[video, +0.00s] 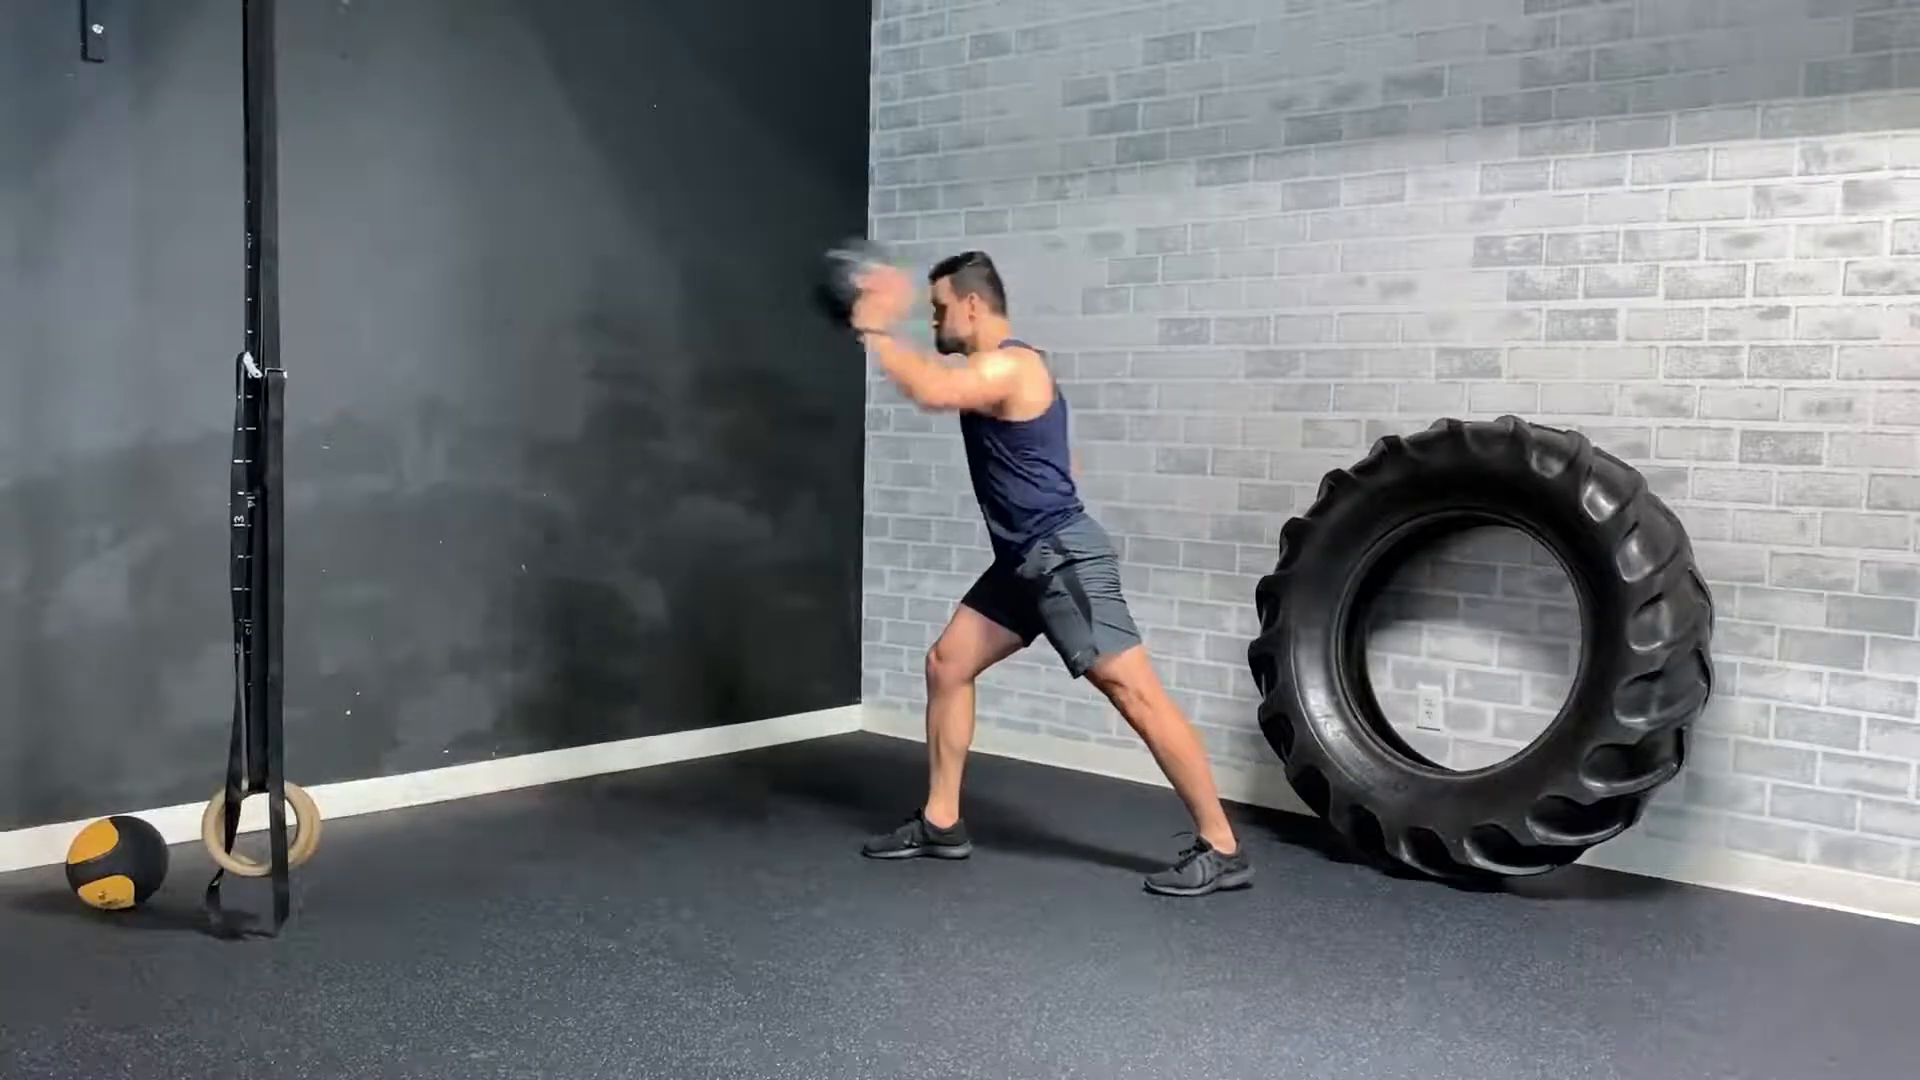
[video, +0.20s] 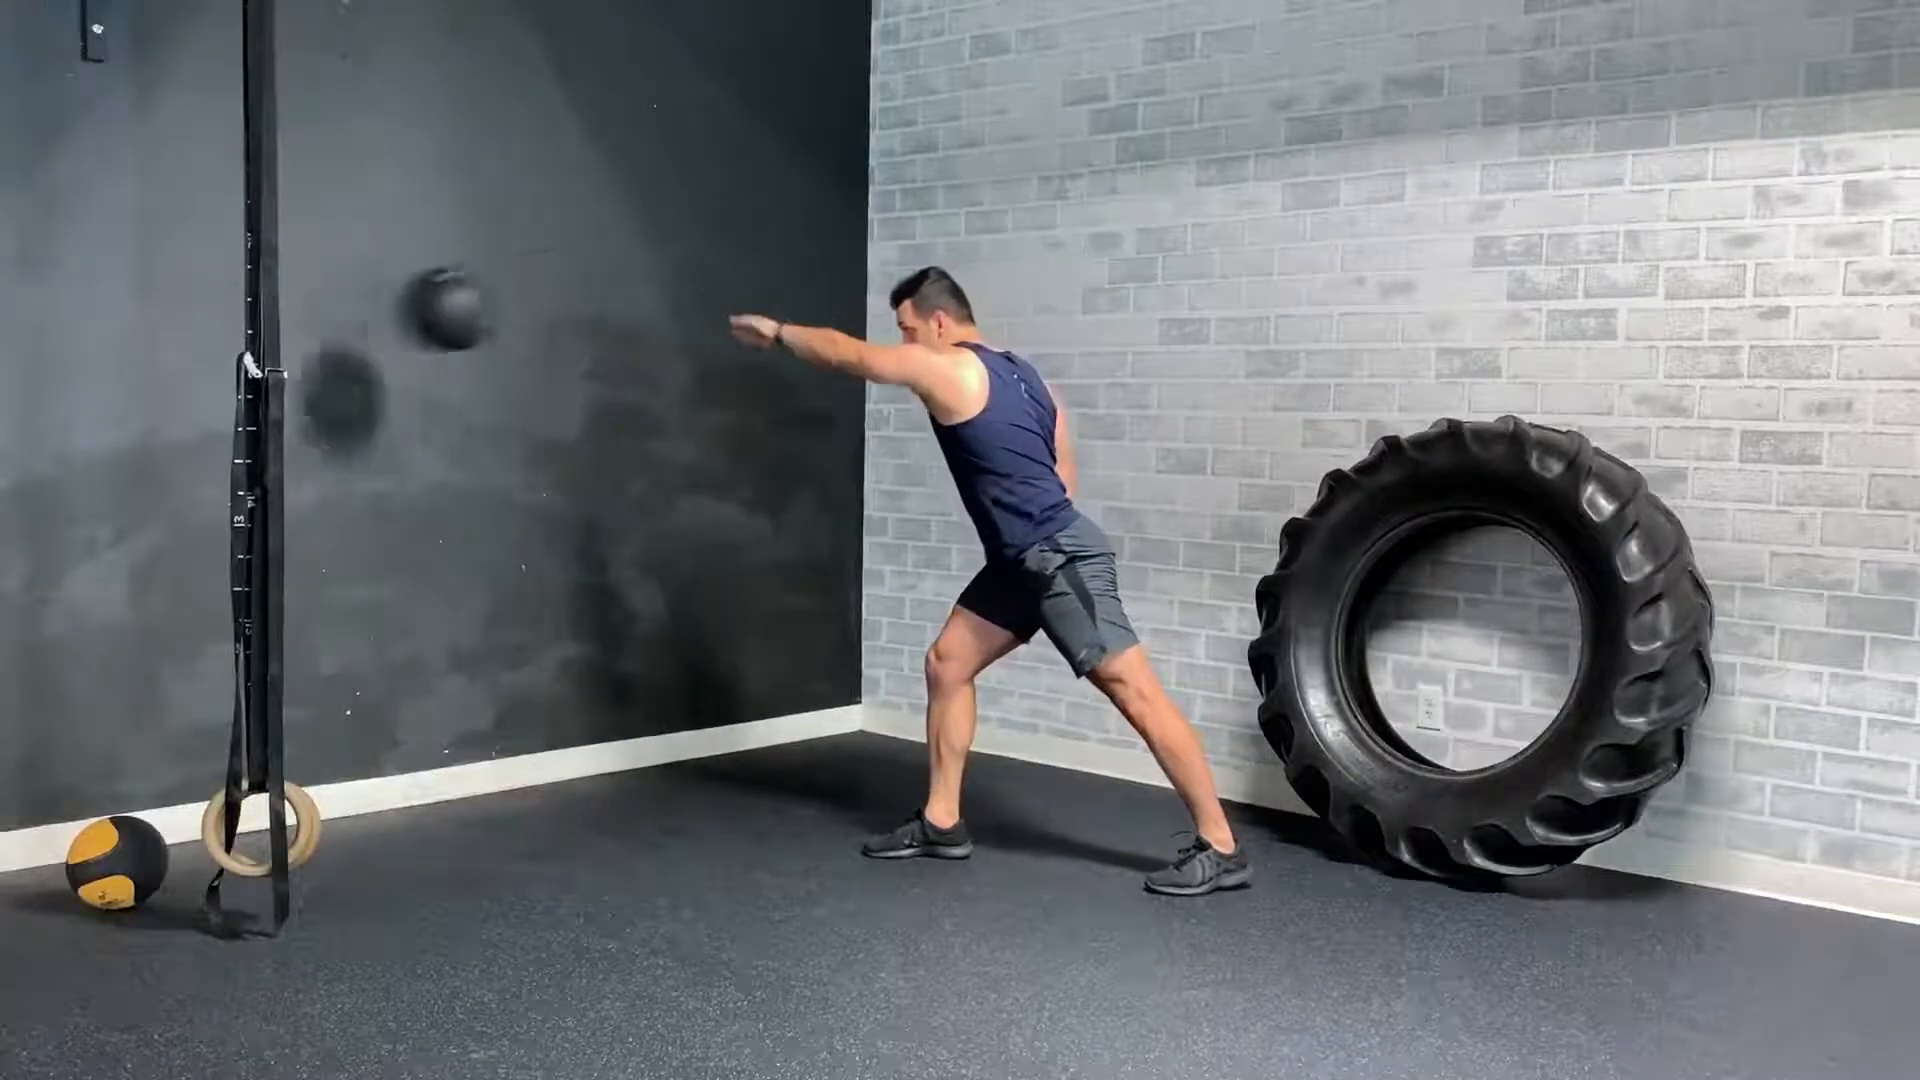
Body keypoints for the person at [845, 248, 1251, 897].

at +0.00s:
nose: (935, 322)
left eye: (941, 309)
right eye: (934, 311)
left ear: (976, 304)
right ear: (977, 307)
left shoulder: (1010, 366)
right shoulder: (999, 367)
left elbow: (931, 388)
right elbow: (1061, 459)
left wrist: (876, 333)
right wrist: (1054, 520)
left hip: (1064, 555)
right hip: (1026, 560)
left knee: (1137, 694)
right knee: (948, 665)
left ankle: (1221, 845)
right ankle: (941, 825)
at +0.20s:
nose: (907, 344)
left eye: (910, 331)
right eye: (905, 332)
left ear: (940, 319)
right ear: (957, 317)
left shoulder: (946, 367)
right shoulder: (1027, 375)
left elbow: (850, 355)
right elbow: (1063, 477)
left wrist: (779, 332)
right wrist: (1038, 540)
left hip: (1057, 555)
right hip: (1029, 560)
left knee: (1137, 693)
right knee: (949, 663)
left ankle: (1220, 845)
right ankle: (941, 822)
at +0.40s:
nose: (908, 355)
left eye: (911, 343)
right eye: (907, 345)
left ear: (941, 332)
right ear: (960, 330)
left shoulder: (946, 375)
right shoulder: (1031, 384)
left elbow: (847, 374)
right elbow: (1071, 485)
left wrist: (771, 367)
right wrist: (1051, 551)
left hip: (1056, 562)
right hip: (1037, 569)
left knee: (1141, 703)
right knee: (951, 660)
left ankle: (1224, 848)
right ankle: (941, 823)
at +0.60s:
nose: (913, 352)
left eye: (916, 339)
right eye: (911, 341)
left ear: (946, 328)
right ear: (968, 328)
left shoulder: (951, 370)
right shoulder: (1040, 386)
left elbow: (847, 371)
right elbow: (1076, 490)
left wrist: (766, 366)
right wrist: (1063, 552)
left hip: (1061, 561)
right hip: (1036, 570)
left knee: (1143, 703)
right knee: (953, 662)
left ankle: (1225, 849)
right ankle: (941, 824)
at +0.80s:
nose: (919, 351)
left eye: (921, 338)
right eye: (917, 340)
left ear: (951, 327)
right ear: (973, 326)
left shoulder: (958, 370)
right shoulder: (1042, 385)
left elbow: (855, 371)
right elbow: (1076, 490)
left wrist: (771, 366)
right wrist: (1065, 550)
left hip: (1062, 561)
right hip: (1036, 569)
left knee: (1143, 703)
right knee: (953, 662)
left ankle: (1226, 850)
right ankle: (942, 822)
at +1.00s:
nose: (924, 349)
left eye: (926, 335)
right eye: (922, 337)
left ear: (957, 325)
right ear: (977, 324)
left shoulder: (966, 371)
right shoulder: (1047, 384)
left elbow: (860, 376)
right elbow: (1076, 489)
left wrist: (774, 380)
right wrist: (1066, 550)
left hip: (1064, 560)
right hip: (1039, 568)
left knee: (1140, 701)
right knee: (953, 662)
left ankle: (1226, 850)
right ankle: (942, 822)